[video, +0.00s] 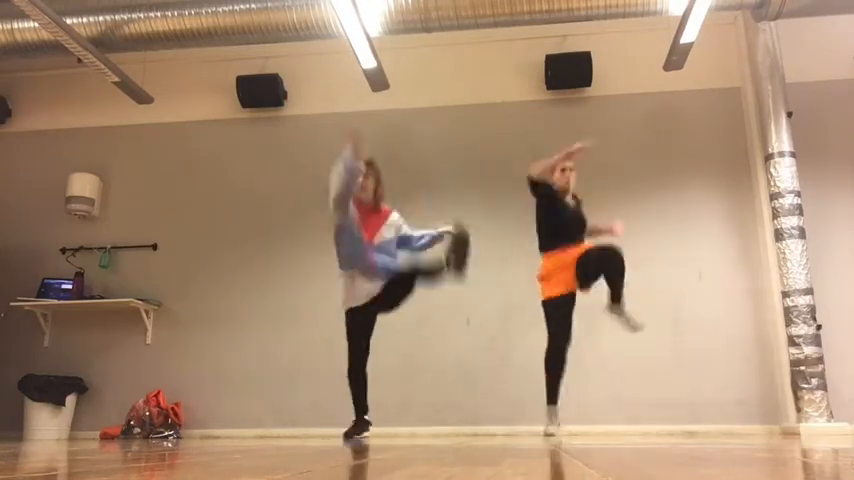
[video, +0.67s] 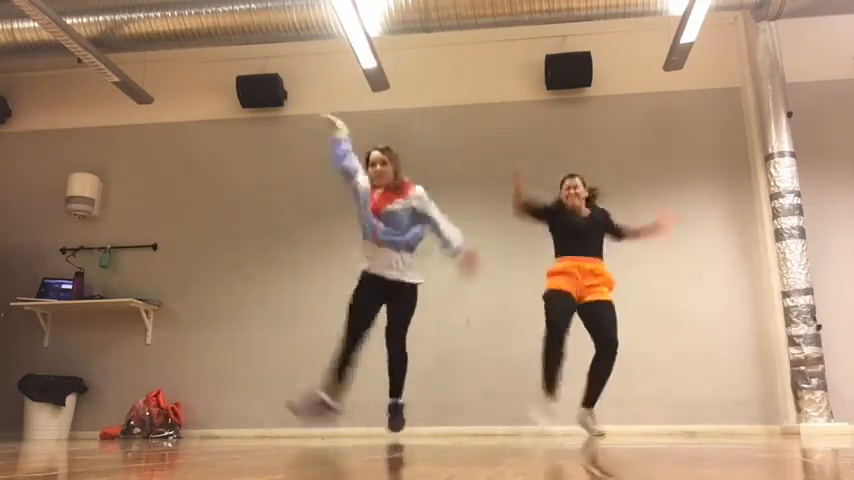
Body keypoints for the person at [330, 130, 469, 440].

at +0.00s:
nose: (363, 184)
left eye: (368, 178)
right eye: (359, 179)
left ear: (378, 184)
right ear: (351, 184)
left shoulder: (389, 219)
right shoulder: (345, 218)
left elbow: (411, 241)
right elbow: (339, 190)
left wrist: (442, 234)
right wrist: (350, 157)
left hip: (384, 293)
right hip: (357, 298)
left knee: (412, 269)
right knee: (357, 363)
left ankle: (447, 264)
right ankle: (361, 418)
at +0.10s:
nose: (372, 160)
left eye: (378, 155)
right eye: (367, 156)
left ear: (389, 160)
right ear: (360, 159)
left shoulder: (399, 192)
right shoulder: (348, 178)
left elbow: (427, 205)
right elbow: (324, 154)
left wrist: (459, 211)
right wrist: (333, 128)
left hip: (388, 268)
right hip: (358, 272)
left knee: (395, 221)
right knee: (357, 338)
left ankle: (432, 248)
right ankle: (355, 402)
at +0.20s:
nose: (378, 155)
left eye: (385, 150)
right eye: (373, 150)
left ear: (395, 154)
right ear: (367, 156)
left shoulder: (406, 182)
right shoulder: (355, 181)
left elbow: (432, 186)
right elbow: (329, 181)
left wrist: (443, 166)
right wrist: (310, 163)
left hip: (386, 261)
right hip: (358, 262)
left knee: (405, 242)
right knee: (364, 292)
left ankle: (412, 296)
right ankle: (356, 354)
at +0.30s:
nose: (378, 163)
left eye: (384, 159)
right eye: (374, 159)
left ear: (395, 163)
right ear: (369, 163)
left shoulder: (406, 190)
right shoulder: (360, 189)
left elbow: (430, 169)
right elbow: (344, 217)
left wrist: (412, 151)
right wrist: (325, 225)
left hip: (385, 268)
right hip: (356, 261)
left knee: (399, 298)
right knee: (359, 243)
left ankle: (397, 367)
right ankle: (359, 293)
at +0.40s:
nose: (378, 182)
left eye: (383, 177)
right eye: (374, 178)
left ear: (395, 182)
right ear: (368, 184)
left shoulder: (408, 208)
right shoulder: (358, 219)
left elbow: (429, 184)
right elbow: (349, 255)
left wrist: (413, 155)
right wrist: (336, 235)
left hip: (395, 295)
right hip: (366, 290)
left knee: (387, 362)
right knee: (342, 242)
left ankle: (387, 421)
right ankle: (330, 266)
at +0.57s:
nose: (374, 174)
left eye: (380, 169)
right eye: (370, 170)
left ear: (393, 174)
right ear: (365, 174)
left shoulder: (410, 198)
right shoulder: (358, 198)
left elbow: (441, 201)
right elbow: (335, 184)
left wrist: (467, 195)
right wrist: (331, 156)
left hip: (407, 290)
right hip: (377, 284)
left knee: (396, 355)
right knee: (330, 300)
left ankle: (391, 420)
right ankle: (280, 329)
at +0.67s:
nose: (376, 168)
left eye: (382, 163)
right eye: (372, 165)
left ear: (394, 166)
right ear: (369, 170)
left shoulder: (414, 194)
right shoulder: (365, 192)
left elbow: (439, 222)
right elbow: (346, 165)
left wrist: (460, 249)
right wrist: (340, 133)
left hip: (405, 281)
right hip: (373, 277)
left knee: (396, 342)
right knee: (352, 336)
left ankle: (396, 403)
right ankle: (331, 396)